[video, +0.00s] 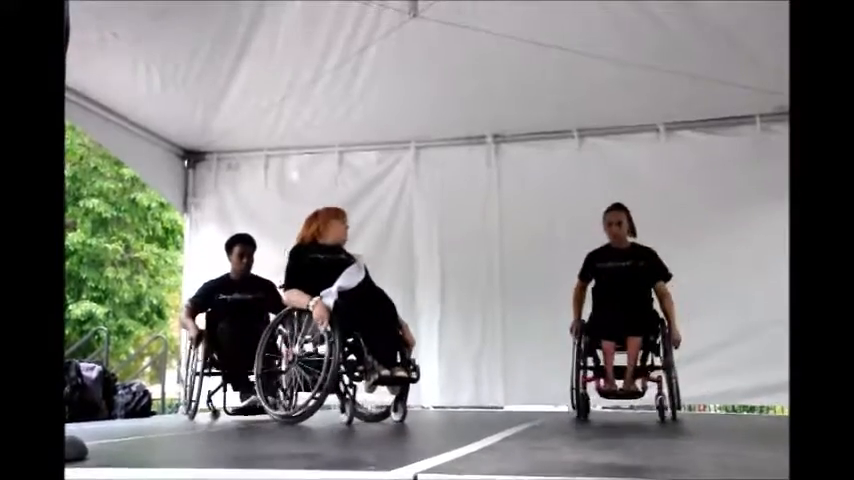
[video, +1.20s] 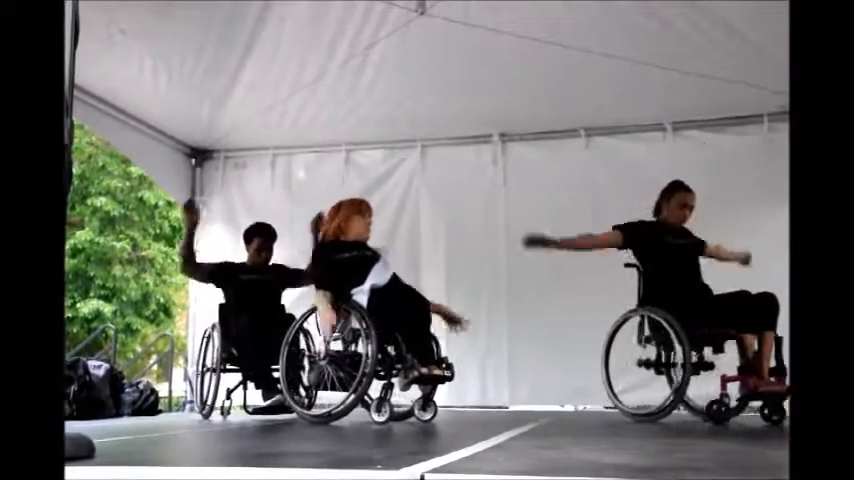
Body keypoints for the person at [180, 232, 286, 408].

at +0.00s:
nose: (247, 260)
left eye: (250, 256)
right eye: (242, 256)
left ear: (254, 257)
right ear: (230, 257)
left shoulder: (265, 287)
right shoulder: (214, 287)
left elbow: (285, 315)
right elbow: (187, 312)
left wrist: (291, 339)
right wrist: (193, 329)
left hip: (258, 346)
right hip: (226, 348)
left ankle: (270, 392)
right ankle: (246, 393)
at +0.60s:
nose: (257, 251)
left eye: (259, 246)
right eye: (251, 246)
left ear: (263, 249)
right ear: (237, 249)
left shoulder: (272, 283)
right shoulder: (221, 281)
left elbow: (296, 307)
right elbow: (204, 306)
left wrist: (307, 337)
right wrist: (202, 334)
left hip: (264, 339)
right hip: (233, 339)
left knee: (276, 329)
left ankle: (280, 392)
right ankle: (258, 393)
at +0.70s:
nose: (257, 251)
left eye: (260, 247)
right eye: (251, 247)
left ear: (263, 249)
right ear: (238, 249)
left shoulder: (272, 280)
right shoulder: (224, 278)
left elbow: (293, 290)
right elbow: (210, 291)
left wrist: (299, 299)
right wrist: (219, 302)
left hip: (268, 332)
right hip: (238, 333)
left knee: (284, 349)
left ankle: (280, 394)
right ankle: (260, 393)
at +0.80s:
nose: (258, 253)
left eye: (261, 248)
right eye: (253, 248)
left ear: (265, 250)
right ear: (240, 249)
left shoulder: (272, 276)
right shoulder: (227, 276)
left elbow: (295, 278)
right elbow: (213, 278)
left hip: (269, 336)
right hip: (239, 337)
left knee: (285, 340)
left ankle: (283, 392)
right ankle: (262, 392)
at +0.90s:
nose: (259, 254)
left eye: (263, 249)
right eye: (254, 248)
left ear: (267, 251)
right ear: (242, 246)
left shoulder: (272, 276)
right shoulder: (229, 276)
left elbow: (295, 254)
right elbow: (214, 255)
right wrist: (239, 232)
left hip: (271, 334)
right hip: (241, 336)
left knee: (286, 327)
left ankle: (287, 391)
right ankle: (266, 394)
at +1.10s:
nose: (262, 255)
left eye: (266, 250)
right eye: (257, 249)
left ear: (270, 251)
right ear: (246, 247)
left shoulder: (275, 274)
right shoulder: (230, 273)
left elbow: (305, 250)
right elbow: (202, 249)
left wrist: (286, 217)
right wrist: (226, 214)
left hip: (272, 332)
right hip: (241, 334)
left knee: (288, 322)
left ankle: (290, 392)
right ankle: (268, 393)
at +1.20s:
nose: (265, 255)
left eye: (268, 250)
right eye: (259, 250)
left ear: (273, 249)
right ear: (247, 246)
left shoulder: (278, 273)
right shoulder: (229, 272)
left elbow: (312, 276)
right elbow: (188, 268)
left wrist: (317, 239)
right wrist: (190, 228)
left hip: (274, 337)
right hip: (242, 338)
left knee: (289, 322)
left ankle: (292, 391)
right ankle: (270, 393)